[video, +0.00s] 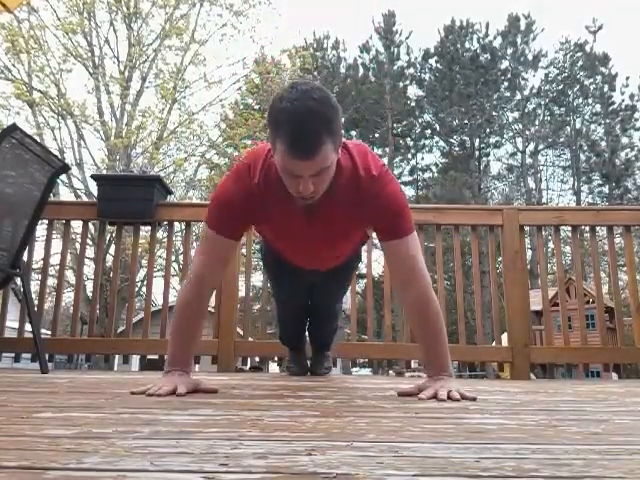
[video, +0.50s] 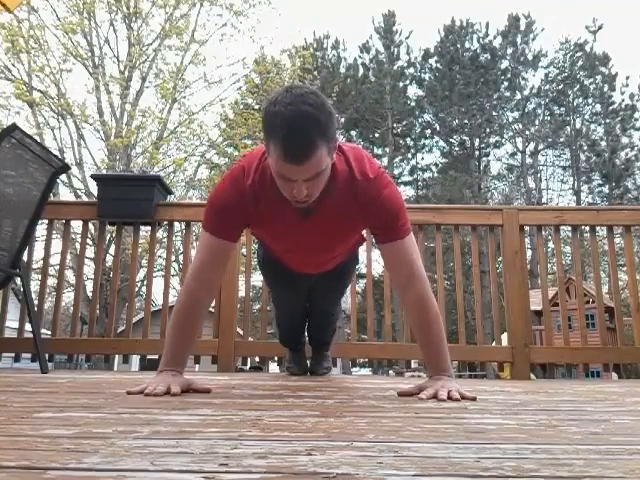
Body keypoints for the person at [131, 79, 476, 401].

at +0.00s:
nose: (306, 187)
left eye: (319, 173)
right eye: (293, 174)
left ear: (338, 148)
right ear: (272, 151)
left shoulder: (372, 183)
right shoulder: (243, 183)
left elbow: (413, 282)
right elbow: (199, 282)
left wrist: (440, 374)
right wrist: (177, 370)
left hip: (341, 252)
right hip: (282, 250)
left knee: (326, 313)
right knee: (290, 313)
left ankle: (321, 353)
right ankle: (295, 354)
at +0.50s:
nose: (300, 191)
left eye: (313, 177)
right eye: (286, 178)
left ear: (334, 152)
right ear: (267, 156)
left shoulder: (368, 184)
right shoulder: (239, 187)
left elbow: (412, 284)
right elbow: (199, 285)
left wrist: (440, 376)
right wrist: (170, 370)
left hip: (338, 255)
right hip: (279, 254)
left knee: (324, 316)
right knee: (289, 316)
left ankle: (321, 353)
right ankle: (294, 353)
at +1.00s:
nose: (299, 177)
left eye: (313, 163)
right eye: (286, 163)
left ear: (334, 139)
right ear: (268, 141)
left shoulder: (370, 184)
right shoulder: (237, 185)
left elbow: (417, 285)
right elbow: (197, 285)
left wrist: (441, 375)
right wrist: (169, 370)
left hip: (339, 257)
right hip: (280, 255)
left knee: (327, 314)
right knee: (291, 314)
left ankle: (324, 354)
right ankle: (296, 351)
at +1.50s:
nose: (290, 388)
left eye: (305, 377)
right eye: (273, 379)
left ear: (332, 328)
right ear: (248, 326)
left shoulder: (366, 295)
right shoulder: (231, 293)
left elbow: (443, 292)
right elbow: (165, 286)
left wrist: (443, 373)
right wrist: (165, 369)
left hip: (336, 366)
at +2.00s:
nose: (299, 211)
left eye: (312, 198)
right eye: (286, 198)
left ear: (336, 170)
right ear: (267, 173)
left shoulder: (374, 197)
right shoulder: (239, 199)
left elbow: (419, 290)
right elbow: (194, 285)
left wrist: (441, 376)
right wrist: (168, 370)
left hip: (339, 295)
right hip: (279, 294)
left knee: (327, 333)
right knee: (291, 334)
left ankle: (323, 356)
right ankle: (296, 355)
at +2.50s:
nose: (296, 360)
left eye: (309, 348)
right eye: (280, 350)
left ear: (334, 305)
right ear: (255, 308)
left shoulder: (371, 283)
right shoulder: (230, 280)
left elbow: (448, 295)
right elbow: (163, 290)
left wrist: (444, 375)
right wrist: (165, 369)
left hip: (339, 353)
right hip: (264, 352)